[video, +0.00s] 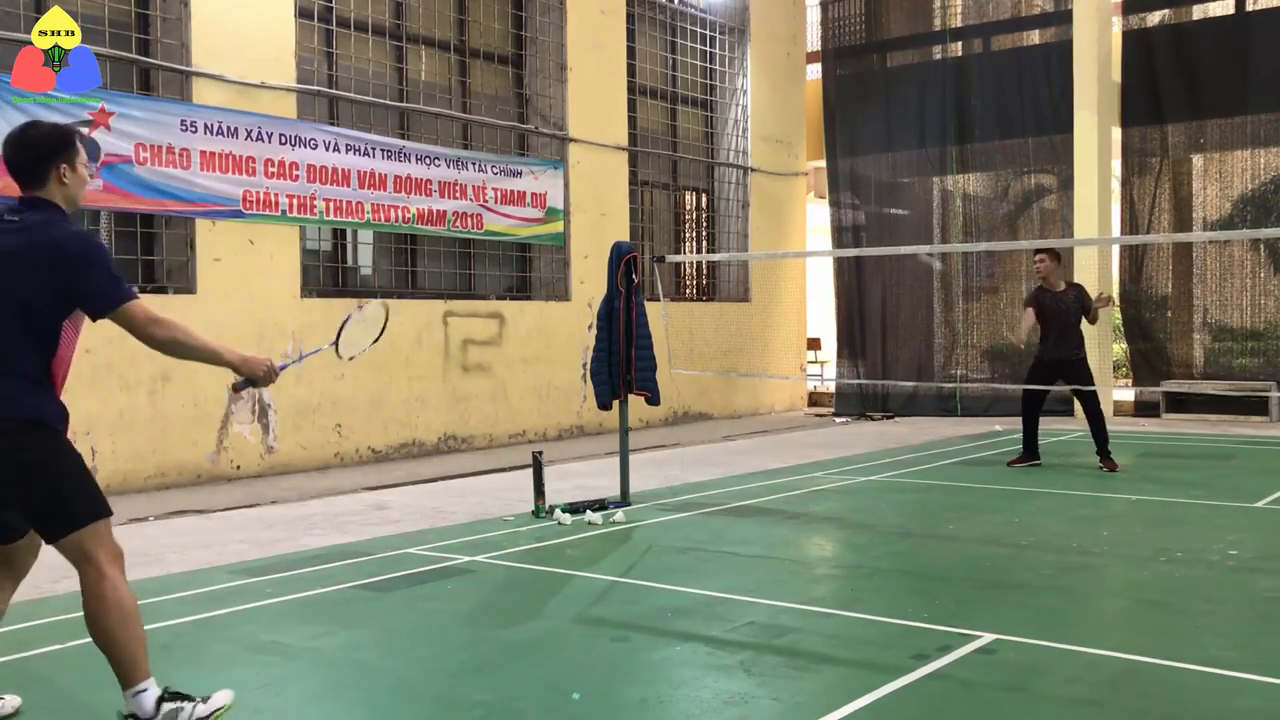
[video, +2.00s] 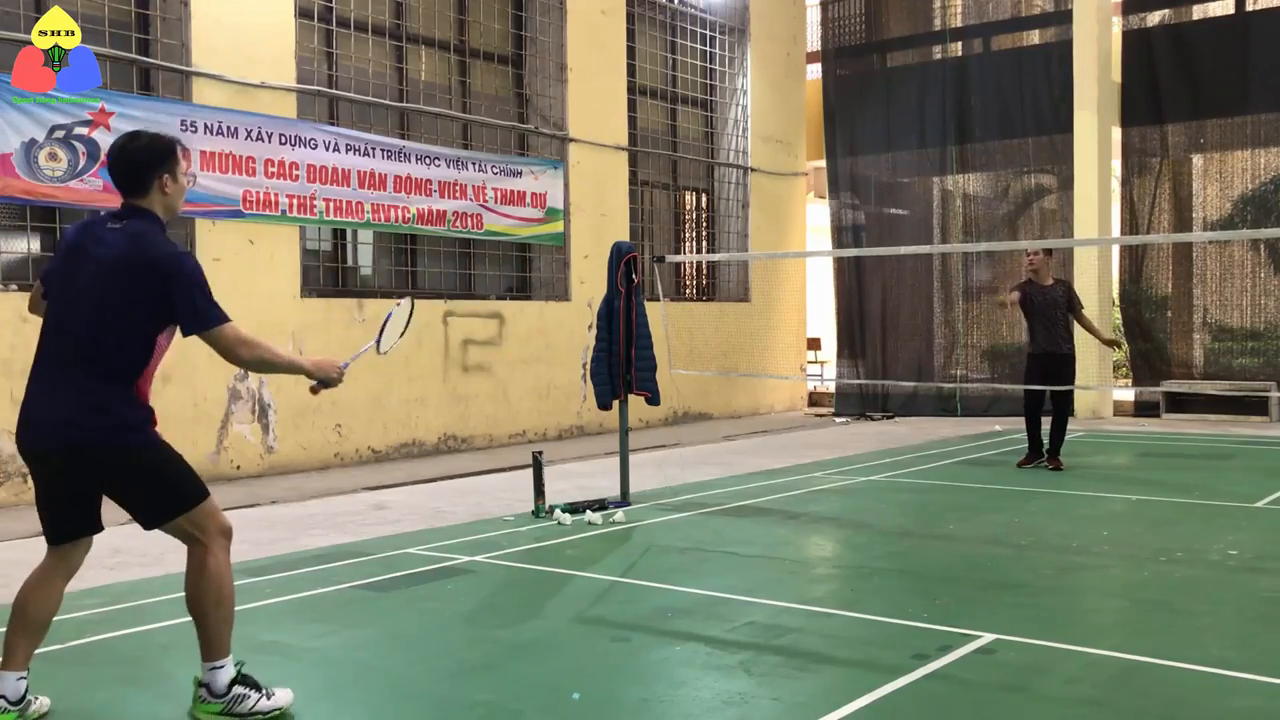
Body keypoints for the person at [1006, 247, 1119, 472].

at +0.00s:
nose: (1036, 266)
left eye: (1041, 262)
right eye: (1035, 263)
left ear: (1055, 263)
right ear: (1035, 267)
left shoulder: (1077, 290)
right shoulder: (1037, 295)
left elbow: (1092, 319)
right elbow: (1029, 318)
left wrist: (1095, 306)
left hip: (1074, 359)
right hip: (1046, 359)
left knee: (1091, 406)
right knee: (1029, 401)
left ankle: (1105, 455)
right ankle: (1030, 453)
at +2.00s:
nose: (1029, 259)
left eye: (1034, 254)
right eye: (1027, 255)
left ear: (1047, 258)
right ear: (1026, 260)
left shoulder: (1064, 287)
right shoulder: (1024, 288)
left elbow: (1080, 317)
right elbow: (1013, 297)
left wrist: (1102, 338)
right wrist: (1007, 301)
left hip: (1063, 355)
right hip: (1037, 355)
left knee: (1061, 408)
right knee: (1032, 406)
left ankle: (1053, 455)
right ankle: (1035, 452)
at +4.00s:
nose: (1020, 257)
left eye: (1025, 253)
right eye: (1017, 254)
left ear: (1036, 258)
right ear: (1014, 260)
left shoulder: (1054, 285)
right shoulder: (1011, 291)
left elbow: (1069, 317)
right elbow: (1000, 316)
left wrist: (1087, 344)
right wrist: (998, 330)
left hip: (1056, 355)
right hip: (1028, 357)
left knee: (1062, 405)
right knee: (1026, 407)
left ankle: (1058, 453)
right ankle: (1029, 457)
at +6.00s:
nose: (1018, 255)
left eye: (1023, 251)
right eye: (1017, 252)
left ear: (1037, 255)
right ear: (1017, 257)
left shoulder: (1052, 286)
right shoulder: (1008, 287)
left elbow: (1065, 321)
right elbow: (983, 308)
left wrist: (1077, 351)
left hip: (1044, 357)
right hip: (1016, 358)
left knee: (1054, 407)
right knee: (1013, 411)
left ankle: (1060, 452)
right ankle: (1017, 459)